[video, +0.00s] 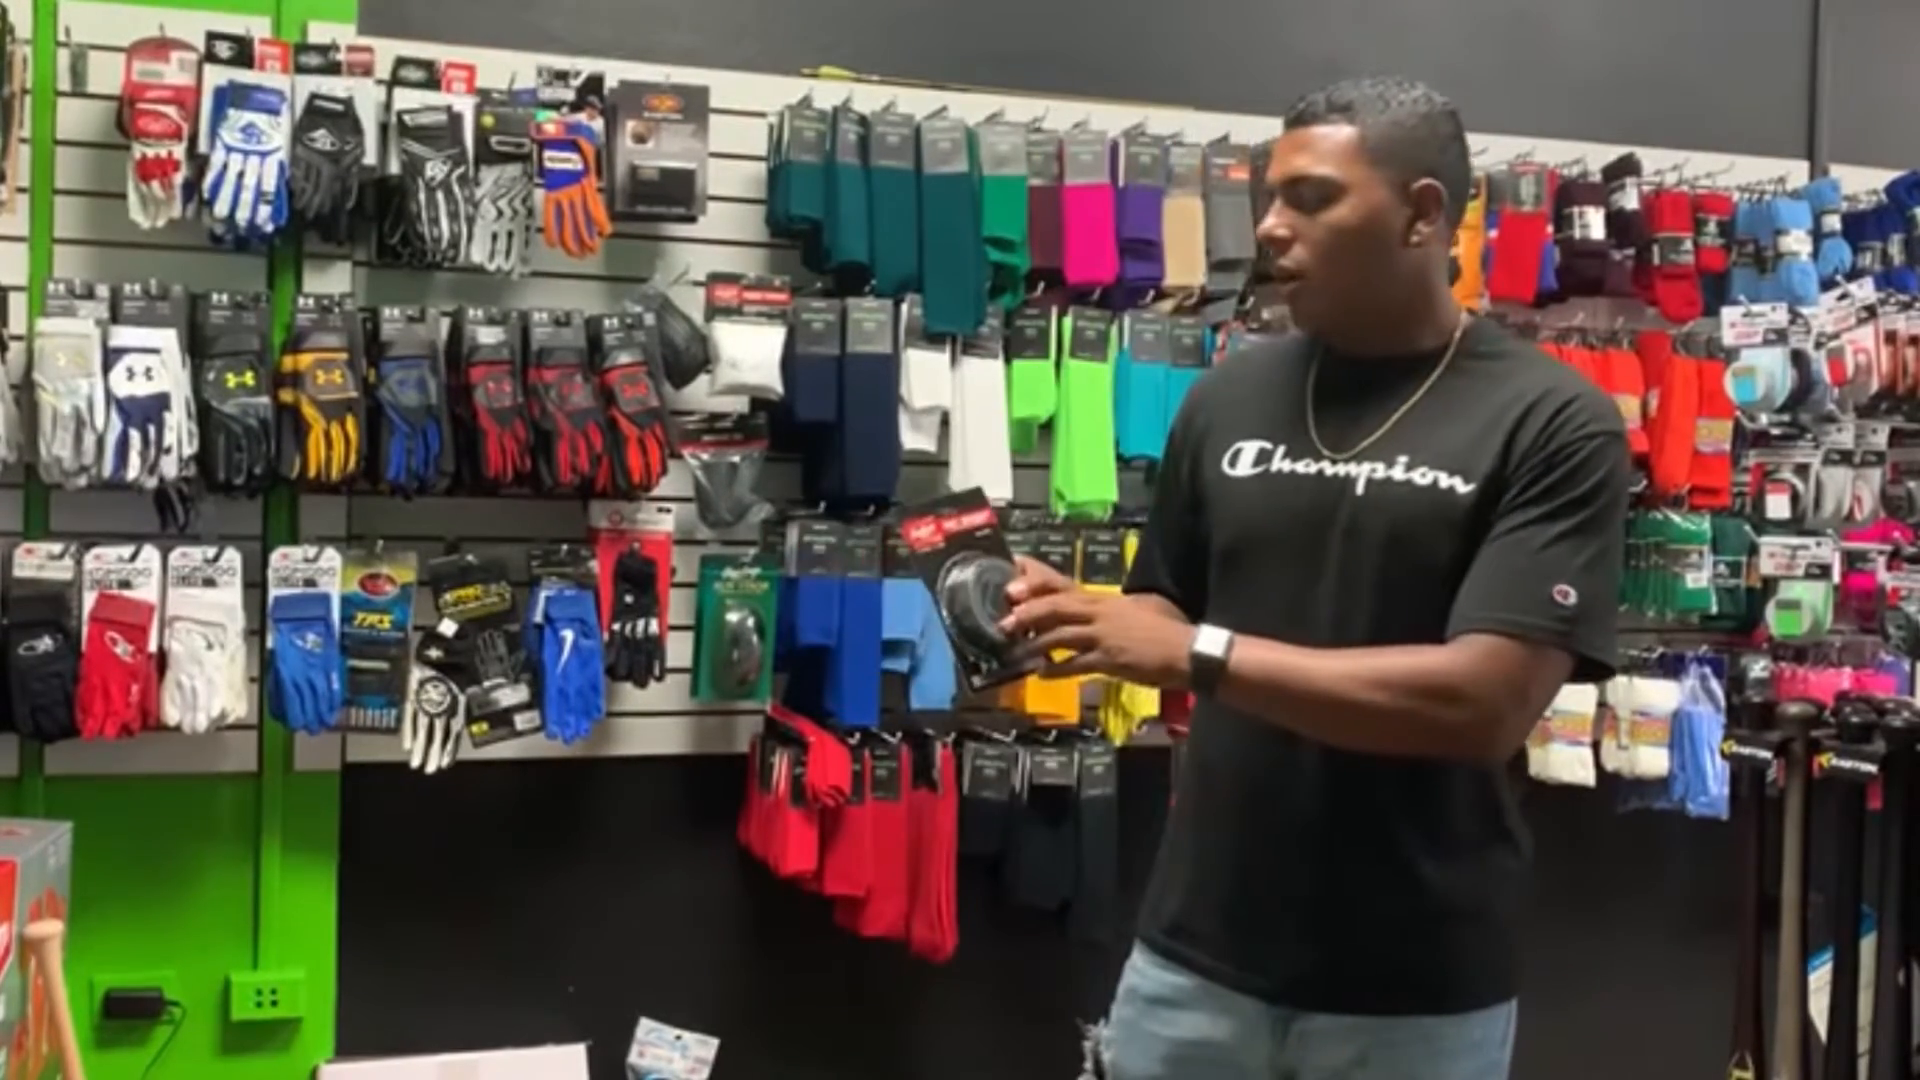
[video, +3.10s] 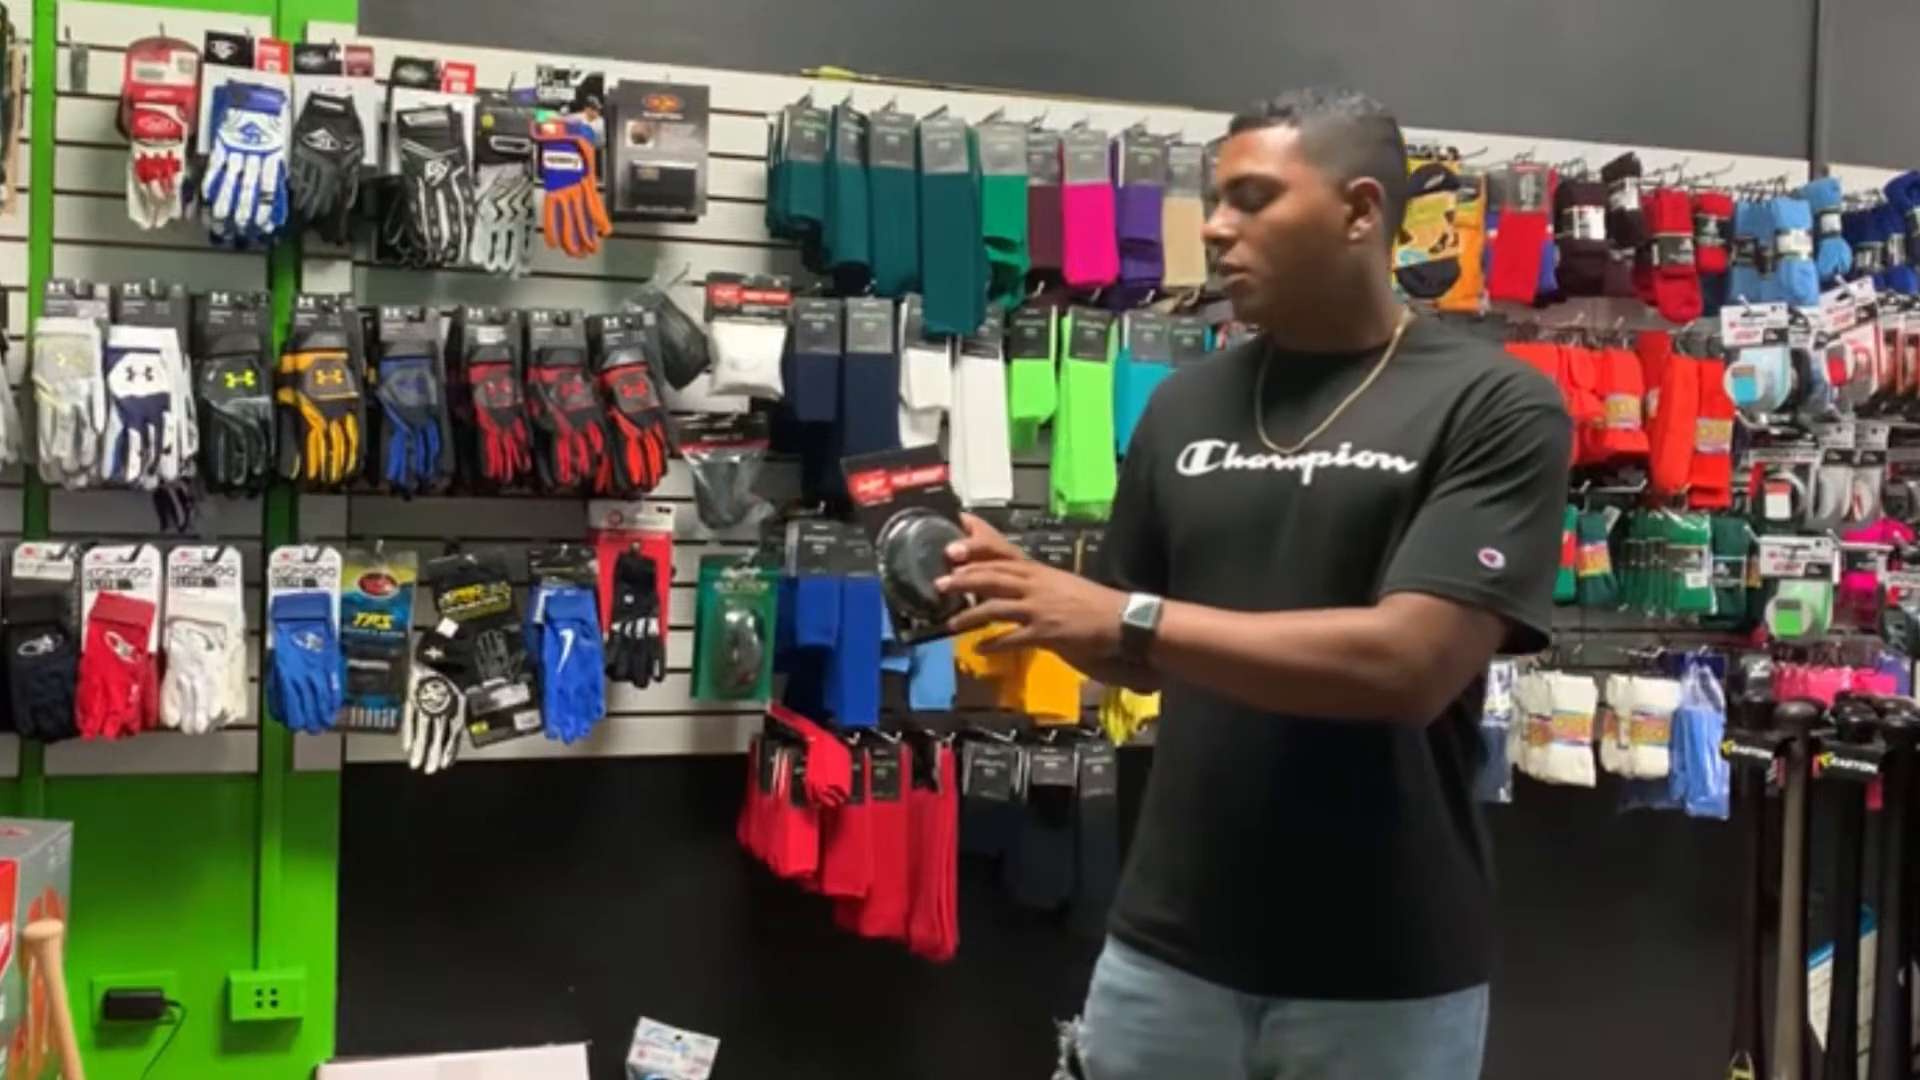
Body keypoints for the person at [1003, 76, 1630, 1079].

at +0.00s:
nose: (1270, 229)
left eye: (1309, 198)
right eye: (1269, 200)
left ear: (1425, 216)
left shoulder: (1555, 423)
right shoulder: (1227, 397)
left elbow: (1488, 705)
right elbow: (1169, 627)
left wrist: (1195, 652)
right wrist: (1080, 621)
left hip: (1418, 991)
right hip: (1196, 960)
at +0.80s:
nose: (1197, 225)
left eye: (1231, 192)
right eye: (1197, 195)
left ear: (1339, 209)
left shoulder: (1464, 412)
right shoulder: (1163, 399)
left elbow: (1368, 689)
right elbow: (1107, 625)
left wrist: (1088, 634)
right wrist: (989, 617)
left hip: (1340, 977)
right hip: (1130, 949)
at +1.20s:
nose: (1071, 234)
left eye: (1106, 202)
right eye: (1073, 206)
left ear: (1211, 213)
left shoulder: (1336, 401)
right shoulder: (1047, 401)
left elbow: (1256, 671)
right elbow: (999, 631)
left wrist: (978, 623)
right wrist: (889, 602)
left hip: (1232, 953)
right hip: (1031, 935)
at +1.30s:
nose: (1043, 242)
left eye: (1077, 209)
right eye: (1041, 213)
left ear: (1183, 215)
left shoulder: (1309, 402)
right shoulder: (1021, 405)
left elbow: (1235, 668)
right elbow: (983, 651)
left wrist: (957, 626)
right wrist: (874, 606)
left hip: (1210, 952)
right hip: (1011, 936)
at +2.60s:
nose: (1067, 238)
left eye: (1100, 204)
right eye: (1068, 211)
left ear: (1204, 211)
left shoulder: (1343, 394)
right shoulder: (1047, 407)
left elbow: (1274, 655)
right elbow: (1004, 650)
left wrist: (998, 619)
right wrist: (892, 599)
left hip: (1254, 948)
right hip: (1048, 936)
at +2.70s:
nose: (1098, 236)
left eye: (1131, 202)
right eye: (1100, 209)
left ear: (1234, 210)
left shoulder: (1373, 395)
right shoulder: (1077, 404)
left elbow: (1299, 657)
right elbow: (1037, 651)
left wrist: (1022, 616)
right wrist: (929, 600)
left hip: (1282, 952)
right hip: (1074, 940)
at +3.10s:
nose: (1216, 230)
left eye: (1250, 197)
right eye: (1215, 202)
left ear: (1361, 212)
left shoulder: (1497, 404)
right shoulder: (1183, 404)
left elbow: (1408, 666)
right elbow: (1145, 658)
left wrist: (1121, 617)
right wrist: (1023, 596)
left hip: (1384, 968)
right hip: (1169, 949)